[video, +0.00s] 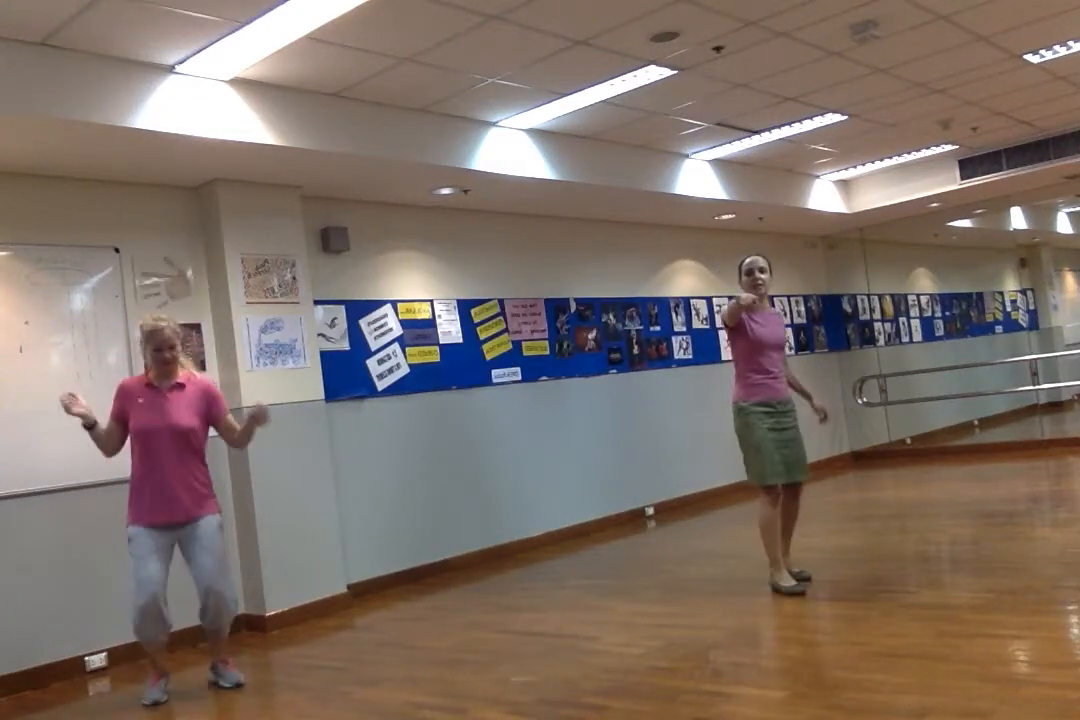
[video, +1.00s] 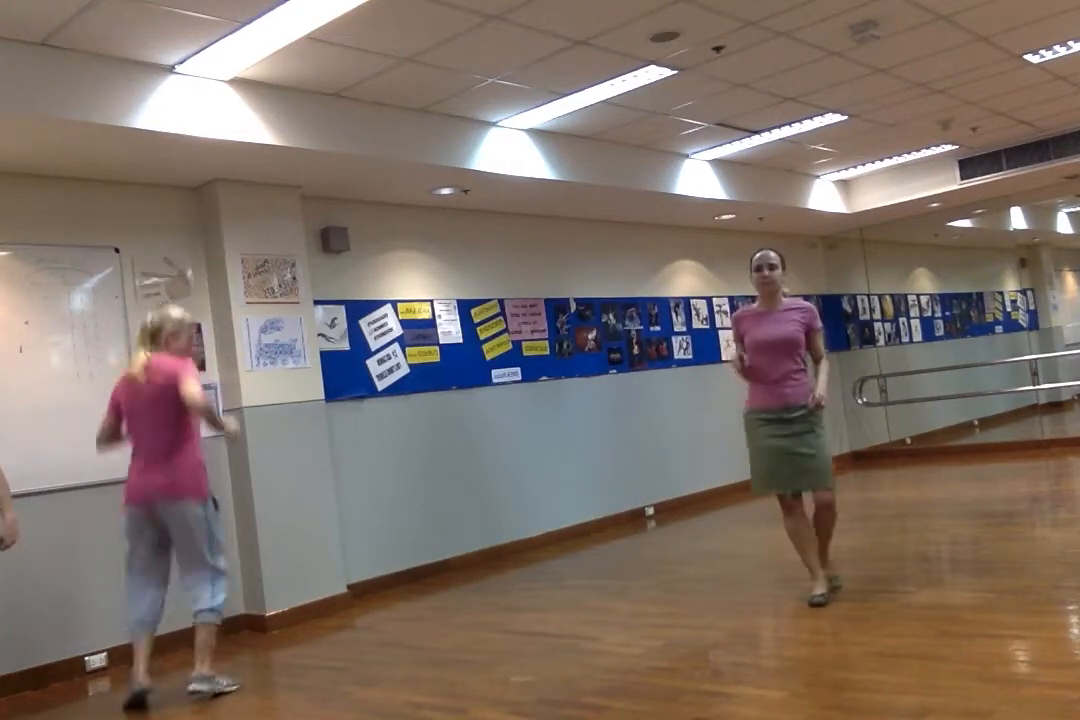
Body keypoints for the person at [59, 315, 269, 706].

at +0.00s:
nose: (166, 355)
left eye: (172, 348)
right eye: (158, 350)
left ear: (181, 347)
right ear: (144, 351)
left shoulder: (203, 388)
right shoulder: (129, 390)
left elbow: (236, 440)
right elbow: (110, 446)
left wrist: (251, 424)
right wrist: (89, 421)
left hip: (199, 509)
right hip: (147, 515)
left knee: (216, 589)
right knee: (147, 598)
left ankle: (220, 665)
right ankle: (158, 675)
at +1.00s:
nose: (192, 342)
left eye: (192, 335)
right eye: (188, 335)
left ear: (152, 336)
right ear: (170, 335)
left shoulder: (127, 378)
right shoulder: (180, 365)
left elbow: (106, 439)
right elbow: (193, 399)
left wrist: (139, 428)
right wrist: (221, 424)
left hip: (140, 489)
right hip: (183, 487)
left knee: (145, 578)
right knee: (205, 574)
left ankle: (139, 678)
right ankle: (203, 673)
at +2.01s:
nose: (205, 326)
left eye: (209, 319)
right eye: (197, 320)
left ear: (216, 324)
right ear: (184, 327)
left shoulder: (235, 367)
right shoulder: (170, 370)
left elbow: (277, 403)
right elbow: (150, 427)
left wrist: (282, 446)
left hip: (234, 485)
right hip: (189, 488)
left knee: (266, 561)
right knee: (202, 569)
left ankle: (279, 633)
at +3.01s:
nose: (241, 315)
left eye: (244, 308)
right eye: (233, 310)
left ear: (249, 313)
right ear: (216, 318)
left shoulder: (267, 353)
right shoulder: (199, 357)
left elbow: (281, 404)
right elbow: (194, 411)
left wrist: (292, 450)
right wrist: (201, 459)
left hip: (260, 460)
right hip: (220, 463)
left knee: (271, 536)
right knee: (230, 538)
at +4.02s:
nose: (364, 325)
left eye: (364, 319)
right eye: (357, 320)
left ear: (351, 326)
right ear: (338, 325)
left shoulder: (342, 360)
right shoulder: (340, 358)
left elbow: (359, 416)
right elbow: (298, 396)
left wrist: (406, 421)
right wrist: (307, 438)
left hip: (322, 469)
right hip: (341, 466)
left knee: (329, 553)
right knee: (400, 511)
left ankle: (333, 632)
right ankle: (351, 565)